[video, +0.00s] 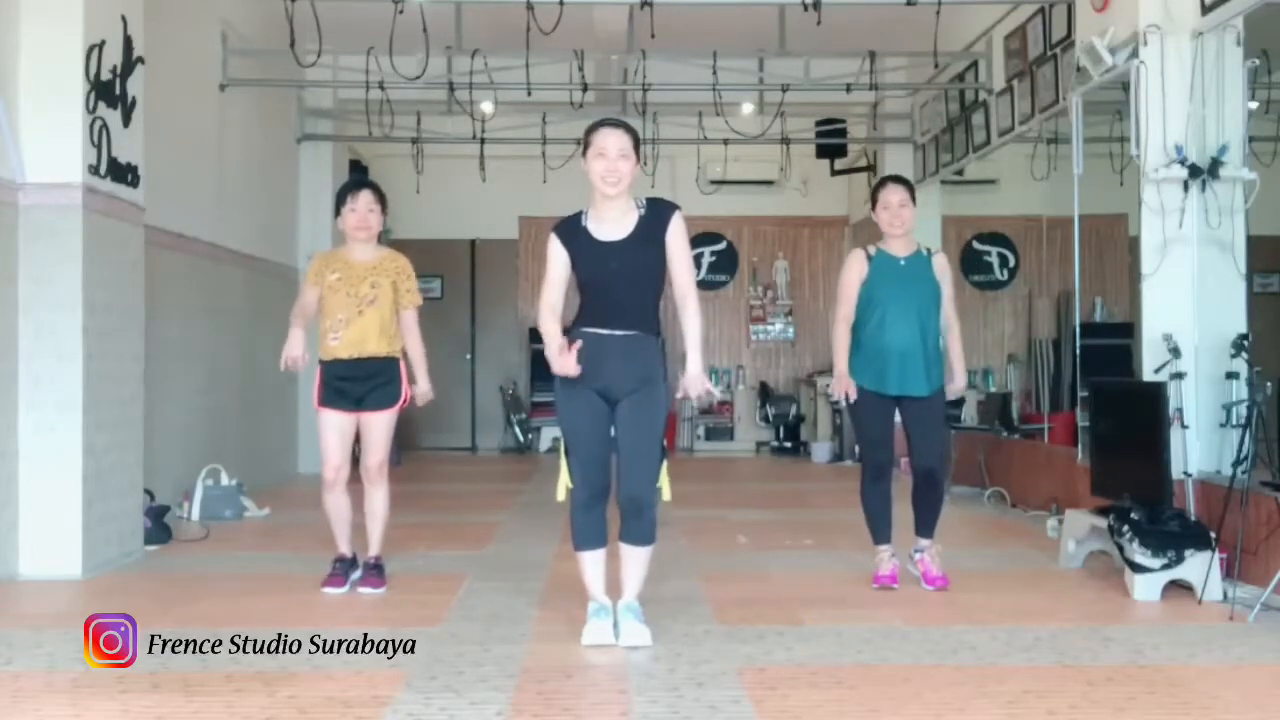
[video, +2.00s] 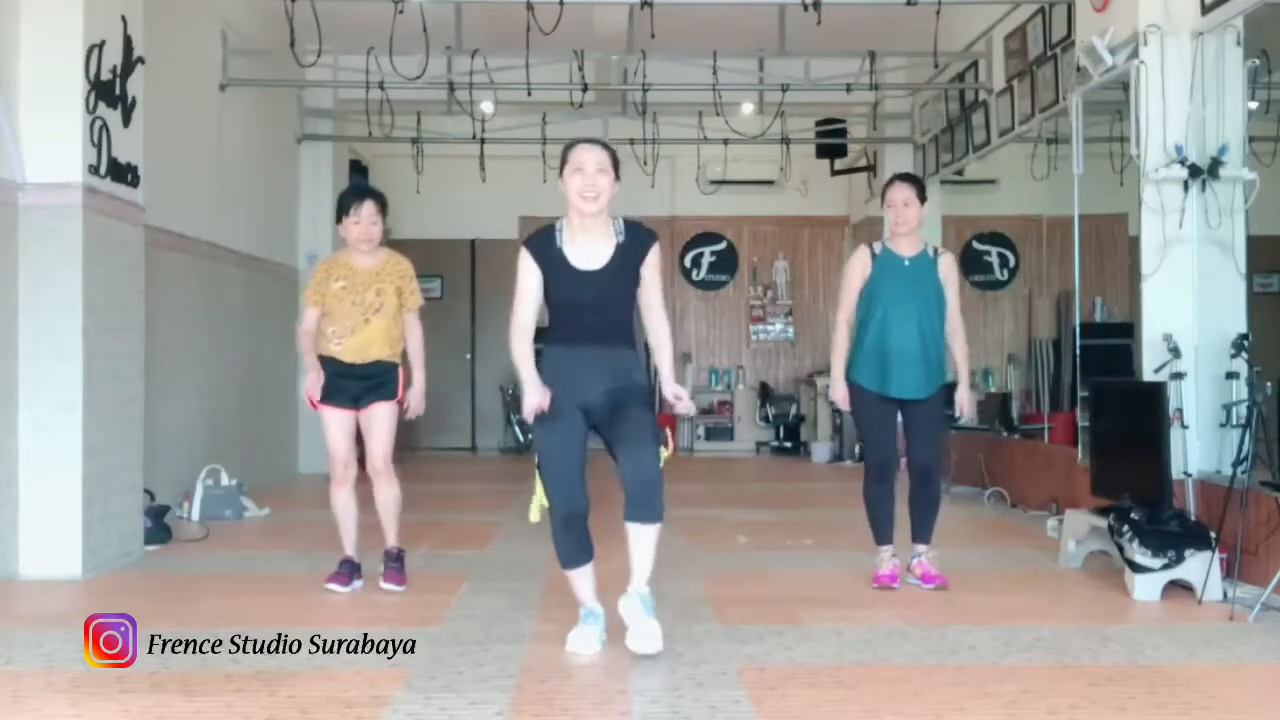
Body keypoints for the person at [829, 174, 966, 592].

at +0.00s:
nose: (895, 213)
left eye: (903, 205)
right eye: (886, 207)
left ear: (915, 211)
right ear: (874, 214)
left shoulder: (936, 261)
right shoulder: (861, 260)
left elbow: (949, 321)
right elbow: (843, 319)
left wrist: (958, 371)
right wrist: (841, 371)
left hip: (924, 381)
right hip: (869, 381)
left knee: (931, 466)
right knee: (877, 464)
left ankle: (925, 549)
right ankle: (884, 553)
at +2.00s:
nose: (897, 212)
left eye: (906, 205)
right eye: (891, 205)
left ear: (923, 209)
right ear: (883, 210)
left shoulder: (943, 262)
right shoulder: (864, 258)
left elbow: (954, 325)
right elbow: (844, 320)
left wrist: (964, 381)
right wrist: (837, 376)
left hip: (927, 384)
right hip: (870, 383)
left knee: (926, 468)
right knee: (880, 465)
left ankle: (921, 554)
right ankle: (885, 555)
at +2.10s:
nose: (895, 214)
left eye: (904, 206)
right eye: (888, 207)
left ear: (920, 212)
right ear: (879, 213)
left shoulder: (939, 265)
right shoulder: (862, 260)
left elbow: (948, 328)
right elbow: (840, 322)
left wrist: (950, 386)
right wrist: (833, 378)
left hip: (923, 385)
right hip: (867, 385)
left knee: (928, 468)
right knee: (877, 467)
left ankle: (922, 552)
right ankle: (885, 555)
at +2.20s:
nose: (894, 213)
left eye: (902, 205)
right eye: (886, 206)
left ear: (917, 210)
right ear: (876, 211)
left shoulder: (936, 263)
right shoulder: (859, 258)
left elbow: (945, 327)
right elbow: (840, 321)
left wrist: (947, 386)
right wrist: (833, 379)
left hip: (923, 383)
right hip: (867, 383)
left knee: (929, 465)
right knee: (877, 467)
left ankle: (923, 548)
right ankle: (885, 555)